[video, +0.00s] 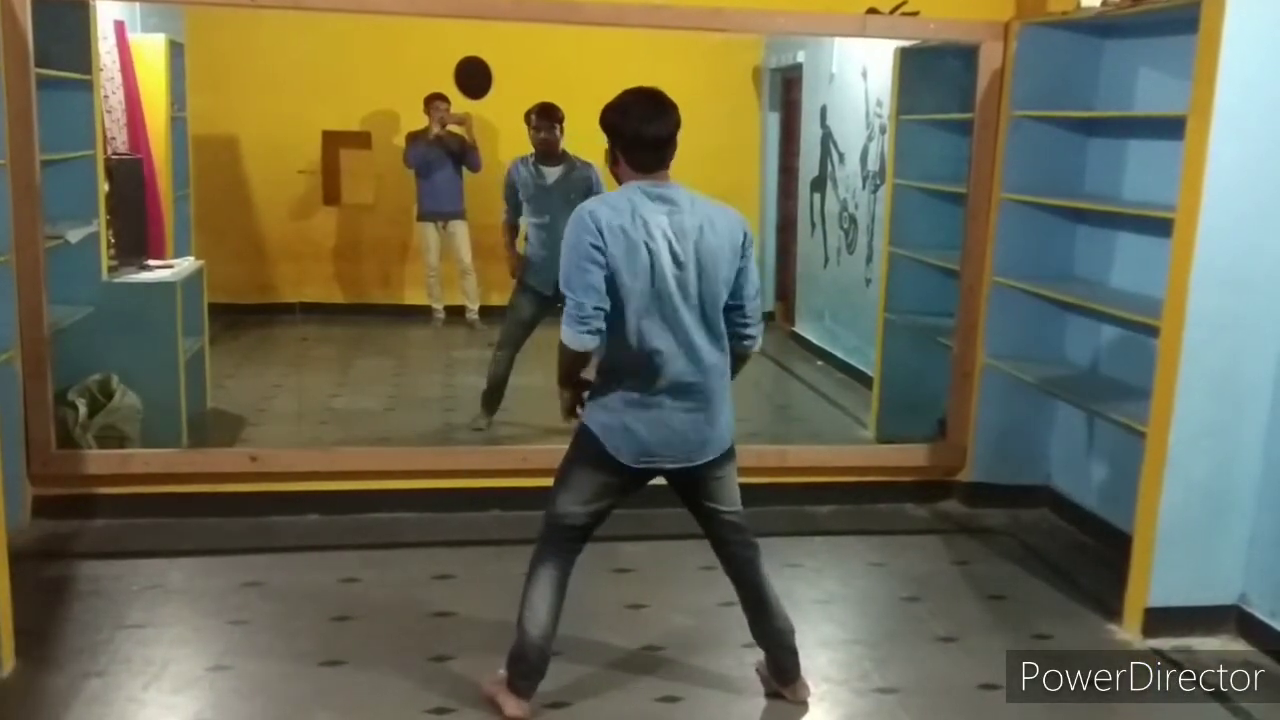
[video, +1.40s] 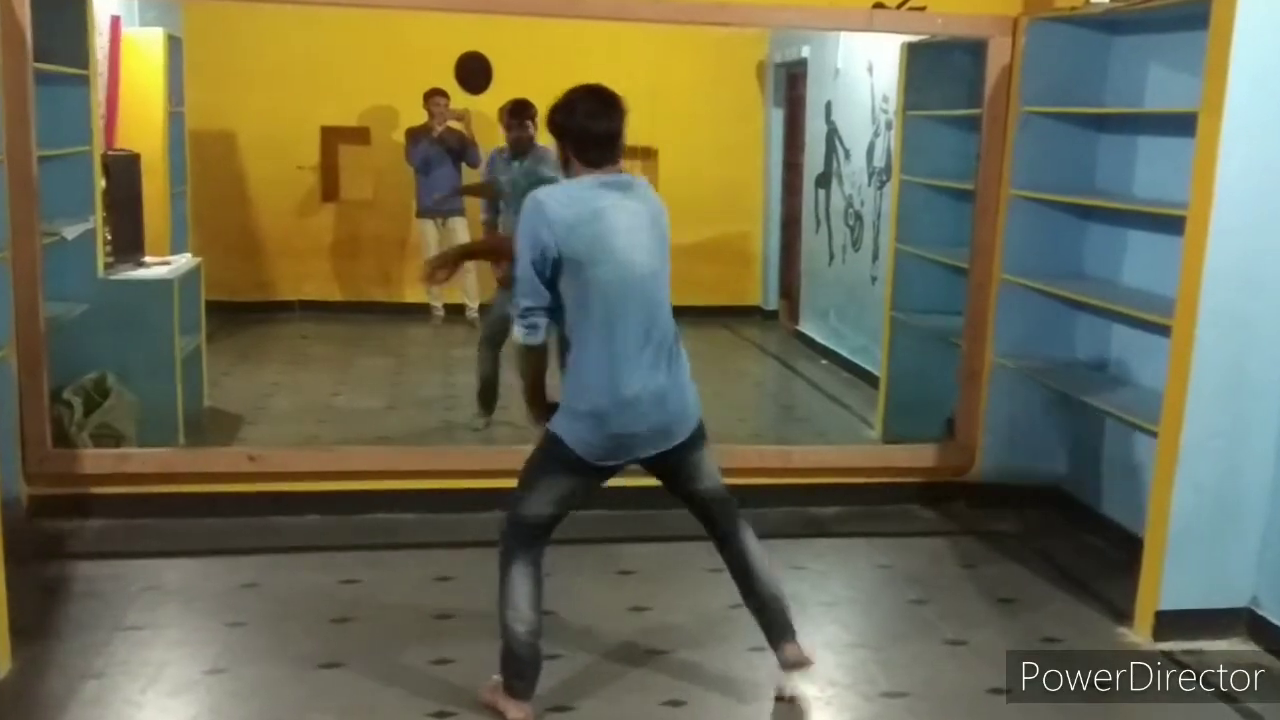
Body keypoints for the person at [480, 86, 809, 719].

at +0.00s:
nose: (607, 153)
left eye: (608, 145)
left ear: (612, 152)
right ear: (675, 148)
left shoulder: (594, 219)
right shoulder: (727, 225)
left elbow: (582, 336)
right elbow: (744, 340)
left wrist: (570, 381)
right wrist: (701, 382)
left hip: (621, 426)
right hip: (705, 426)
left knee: (557, 547)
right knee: (742, 553)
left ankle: (519, 688)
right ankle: (788, 678)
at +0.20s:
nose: (608, 156)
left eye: (609, 147)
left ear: (614, 154)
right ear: (676, 151)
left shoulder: (587, 215)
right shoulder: (724, 231)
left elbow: (546, 322)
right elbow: (729, 337)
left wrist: (569, 391)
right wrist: (670, 348)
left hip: (616, 424)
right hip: (700, 425)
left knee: (552, 546)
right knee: (742, 552)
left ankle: (519, 688)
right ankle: (789, 678)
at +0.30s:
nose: (598, 158)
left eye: (600, 150)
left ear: (606, 158)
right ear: (669, 154)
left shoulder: (578, 216)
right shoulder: (710, 224)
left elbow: (541, 319)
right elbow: (743, 300)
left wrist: (567, 396)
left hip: (610, 423)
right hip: (693, 424)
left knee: (546, 544)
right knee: (741, 551)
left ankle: (519, 688)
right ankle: (790, 679)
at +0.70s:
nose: (579, 154)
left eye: (580, 146)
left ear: (589, 152)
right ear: (649, 143)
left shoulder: (570, 216)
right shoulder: (694, 196)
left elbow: (558, 334)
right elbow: (722, 253)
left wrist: (567, 404)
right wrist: (653, 202)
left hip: (613, 416)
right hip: (694, 413)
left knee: (550, 542)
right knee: (739, 543)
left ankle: (520, 686)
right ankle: (782, 679)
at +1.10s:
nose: (581, 149)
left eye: (584, 141)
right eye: (585, 141)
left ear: (595, 148)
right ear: (654, 145)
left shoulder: (578, 218)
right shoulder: (684, 199)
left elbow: (562, 333)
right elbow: (638, 196)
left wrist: (561, 396)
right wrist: (586, 185)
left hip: (610, 417)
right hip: (687, 411)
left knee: (545, 543)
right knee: (735, 538)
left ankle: (520, 688)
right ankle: (788, 679)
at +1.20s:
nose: (588, 154)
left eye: (590, 145)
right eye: (592, 145)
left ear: (598, 153)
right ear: (657, 150)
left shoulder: (581, 221)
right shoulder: (679, 209)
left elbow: (557, 338)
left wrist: (565, 405)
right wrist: (539, 216)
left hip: (617, 416)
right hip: (691, 411)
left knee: (546, 538)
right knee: (737, 543)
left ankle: (520, 687)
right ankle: (789, 683)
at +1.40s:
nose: (552, 149)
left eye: (554, 140)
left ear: (560, 146)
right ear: (620, 141)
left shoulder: (544, 208)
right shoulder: (648, 200)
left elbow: (532, 326)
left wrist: (537, 400)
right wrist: (472, 254)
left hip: (593, 416)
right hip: (669, 407)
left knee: (523, 540)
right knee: (728, 522)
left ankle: (517, 693)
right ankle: (789, 648)